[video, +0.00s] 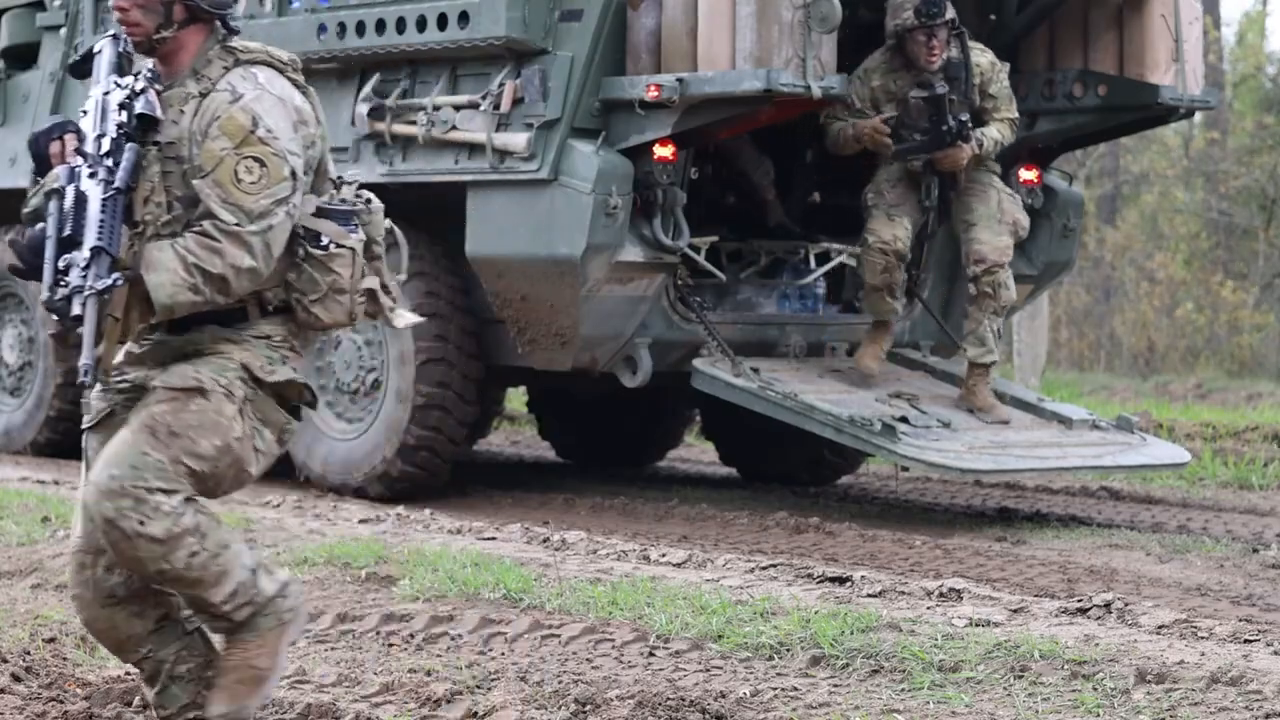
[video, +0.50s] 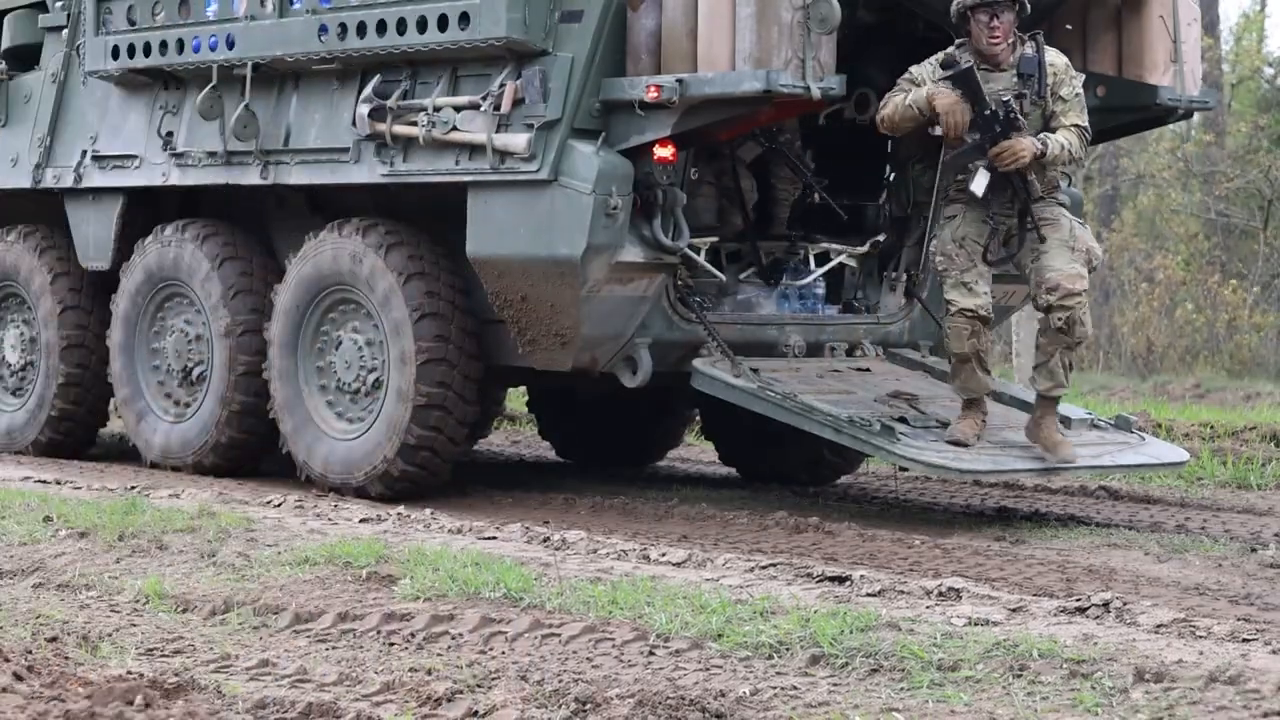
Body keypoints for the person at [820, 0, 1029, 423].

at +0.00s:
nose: (933, 45)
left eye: (940, 35)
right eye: (923, 36)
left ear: (951, 32)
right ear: (901, 39)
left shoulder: (980, 64)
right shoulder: (875, 73)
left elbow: (1007, 121)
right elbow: (833, 132)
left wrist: (973, 146)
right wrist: (859, 132)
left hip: (971, 170)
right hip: (901, 168)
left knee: (991, 262)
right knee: (883, 247)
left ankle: (978, 380)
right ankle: (879, 332)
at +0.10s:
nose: (947, 42)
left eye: (954, 31)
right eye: (937, 33)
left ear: (967, 30)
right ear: (917, 35)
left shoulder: (997, 63)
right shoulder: (893, 70)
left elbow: (1023, 124)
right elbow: (855, 139)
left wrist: (989, 147)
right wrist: (880, 128)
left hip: (991, 176)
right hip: (921, 174)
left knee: (1005, 277)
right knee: (906, 251)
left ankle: (978, 382)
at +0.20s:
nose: (957, 31)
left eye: (965, 21)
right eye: (946, 22)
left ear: (978, 23)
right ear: (928, 27)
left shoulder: (1010, 61)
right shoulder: (905, 68)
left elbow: (1036, 125)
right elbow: (866, 137)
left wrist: (1001, 146)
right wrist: (892, 119)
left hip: (1004, 181)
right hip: (935, 180)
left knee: (1018, 291)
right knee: (939, 281)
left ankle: (980, 381)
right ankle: (964, 401)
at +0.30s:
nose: (963, 26)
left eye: (972, 17)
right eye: (953, 18)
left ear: (986, 21)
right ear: (936, 25)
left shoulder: (1020, 62)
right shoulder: (914, 70)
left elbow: (1047, 126)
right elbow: (872, 142)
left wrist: (1012, 146)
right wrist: (898, 115)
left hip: (1016, 187)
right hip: (950, 188)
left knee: (1038, 301)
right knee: (957, 287)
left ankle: (986, 373)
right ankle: (971, 405)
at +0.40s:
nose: (978, 24)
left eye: (986, 15)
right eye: (967, 16)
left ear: (998, 20)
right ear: (950, 24)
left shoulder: (1034, 63)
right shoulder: (929, 69)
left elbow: (1061, 130)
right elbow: (880, 132)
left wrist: (1024, 146)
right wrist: (918, 105)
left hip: (1027, 192)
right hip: (959, 192)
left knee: (1058, 296)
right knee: (957, 295)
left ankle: (1005, 361)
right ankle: (972, 406)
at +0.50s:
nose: (992, 23)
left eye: (1000, 13)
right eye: (982, 15)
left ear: (1015, 18)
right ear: (967, 23)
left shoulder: (1051, 64)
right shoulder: (945, 66)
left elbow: (1077, 135)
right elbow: (887, 118)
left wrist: (1038, 147)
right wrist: (931, 97)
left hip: (1040, 201)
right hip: (968, 199)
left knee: (1066, 295)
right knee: (966, 307)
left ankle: (1045, 417)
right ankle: (972, 410)